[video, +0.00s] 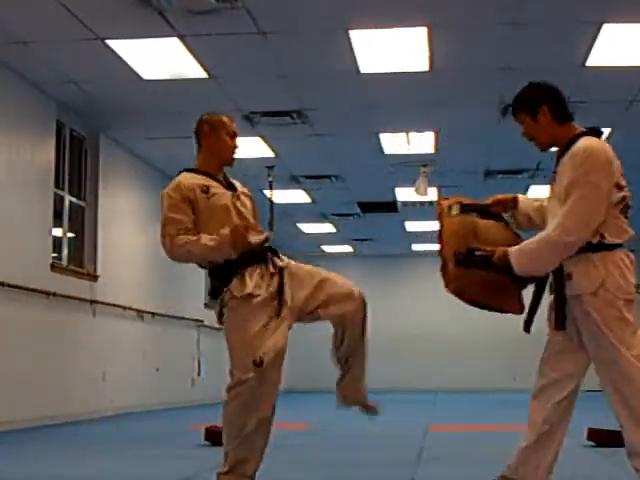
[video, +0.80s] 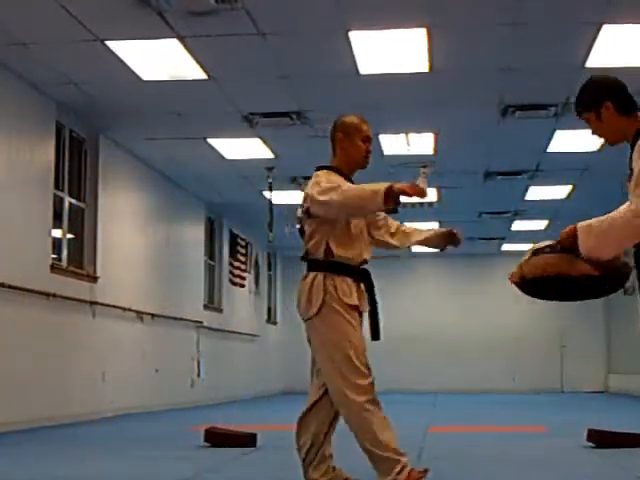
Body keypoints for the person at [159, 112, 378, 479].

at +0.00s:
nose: (236, 143)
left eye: (236, 137)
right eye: (230, 136)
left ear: (216, 140)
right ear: (207, 137)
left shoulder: (241, 191)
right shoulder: (182, 187)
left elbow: (249, 236)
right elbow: (176, 244)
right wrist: (229, 244)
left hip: (280, 272)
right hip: (245, 290)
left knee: (350, 301)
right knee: (251, 386)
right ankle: (237, 472)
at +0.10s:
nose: (255, 138)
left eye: (255, 132)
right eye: (248, 131)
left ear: (240, 137)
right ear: (224, 134)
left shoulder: (258, 190)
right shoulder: (202, 183)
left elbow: (268, 245)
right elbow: (199, 241)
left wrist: (307, 272)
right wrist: (257, 248)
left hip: (285, 282)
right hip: (250, 290)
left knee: (338, 337)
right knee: (255, 379)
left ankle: (328, 417)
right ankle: (237, 471)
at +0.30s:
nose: (301, 145)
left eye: (301, 138)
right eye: (294, 137)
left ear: (292, 144)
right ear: (270, 140)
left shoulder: (298, 197)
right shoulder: (251, 187)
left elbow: (303, 255)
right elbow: (242, 246)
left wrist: (333, 272)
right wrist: (292, 273)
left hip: (307, 300)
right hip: (276, 301)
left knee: (309, 388)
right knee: (273, 386)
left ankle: (316, 468)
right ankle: (239, 471)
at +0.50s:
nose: (340, 147)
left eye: (341, 141)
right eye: (334, 139)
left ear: (325, 145)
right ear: (310, 140)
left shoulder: (322, 192)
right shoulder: (291, 179)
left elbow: (320, 251)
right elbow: (270, 224)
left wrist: (346, 270)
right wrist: (319, 236)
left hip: (327, 289)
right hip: (305, 286)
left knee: (319, 379)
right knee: (325, 376)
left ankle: (317, 467)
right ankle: (272, 463)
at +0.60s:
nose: (353, 148)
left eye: (353, 141)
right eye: (347, 139)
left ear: (335, 143)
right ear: (323, 140)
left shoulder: (331, 192)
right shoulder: (305, 177)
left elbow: (337, 248)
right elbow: (281, 199)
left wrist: (372, 257)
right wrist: (337, 200)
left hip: (329, 287)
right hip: (312, 285)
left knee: (319, 379)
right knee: (340, 371)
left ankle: (310, 460)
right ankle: (323, 468)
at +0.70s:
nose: (362, 148)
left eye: (363, 142)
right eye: (356, 140)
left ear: (349, 145)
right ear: (331, 141)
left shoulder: (345, 196)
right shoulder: (311, 177)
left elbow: (367, 238)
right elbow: (311, 189)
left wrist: (409, 246)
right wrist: (365, 185)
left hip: (339, 290)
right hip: (320, 288)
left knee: (322, 385)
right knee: (345, 383)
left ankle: (316, 469)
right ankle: (374, 470)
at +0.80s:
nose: (370, 149)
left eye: (371, 142)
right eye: (364, 141)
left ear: (352, 145)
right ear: (341, 141)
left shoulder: (356, 196)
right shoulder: (322, 182)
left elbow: (389, 231)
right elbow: (337, 201)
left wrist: (432, 237)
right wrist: (391, 192)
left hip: (347, 291)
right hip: (327, 289)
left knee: (329, 387)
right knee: (355, 386)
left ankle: (317, 468)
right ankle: (396, 470)